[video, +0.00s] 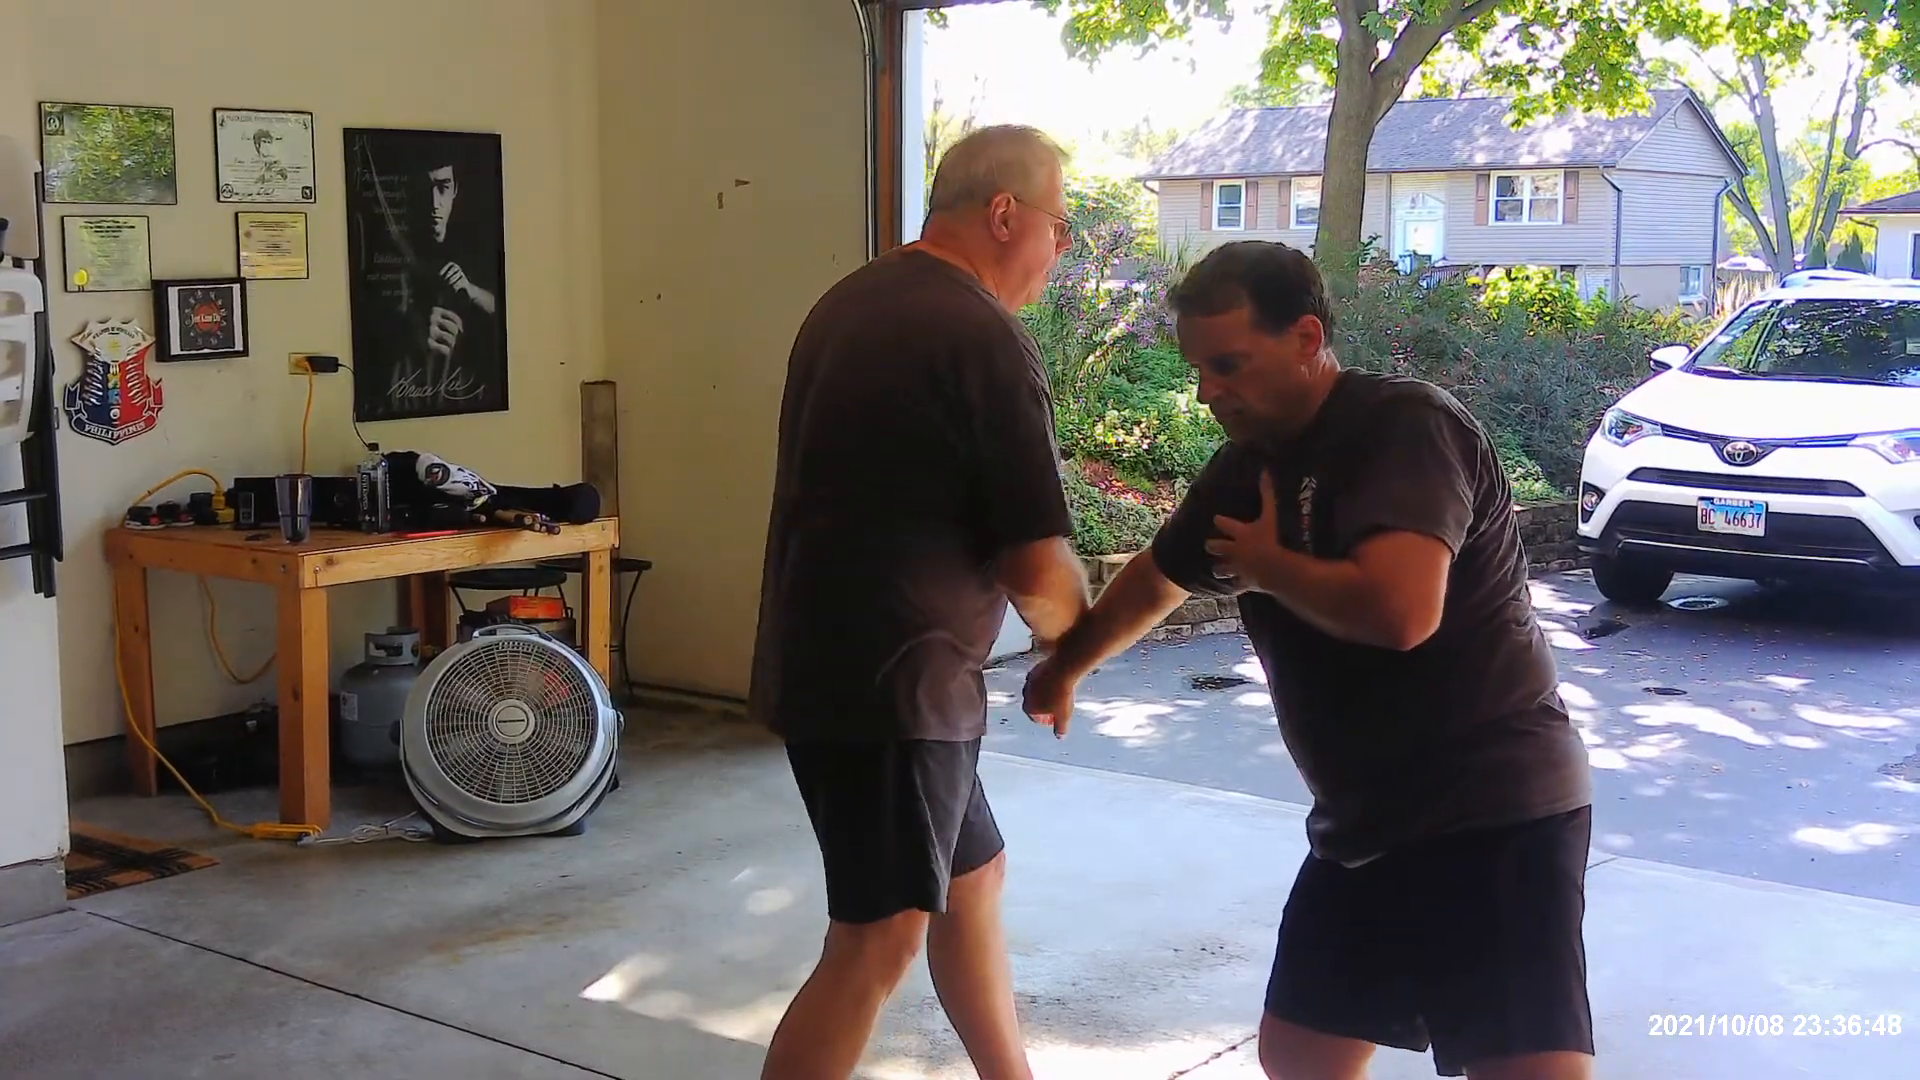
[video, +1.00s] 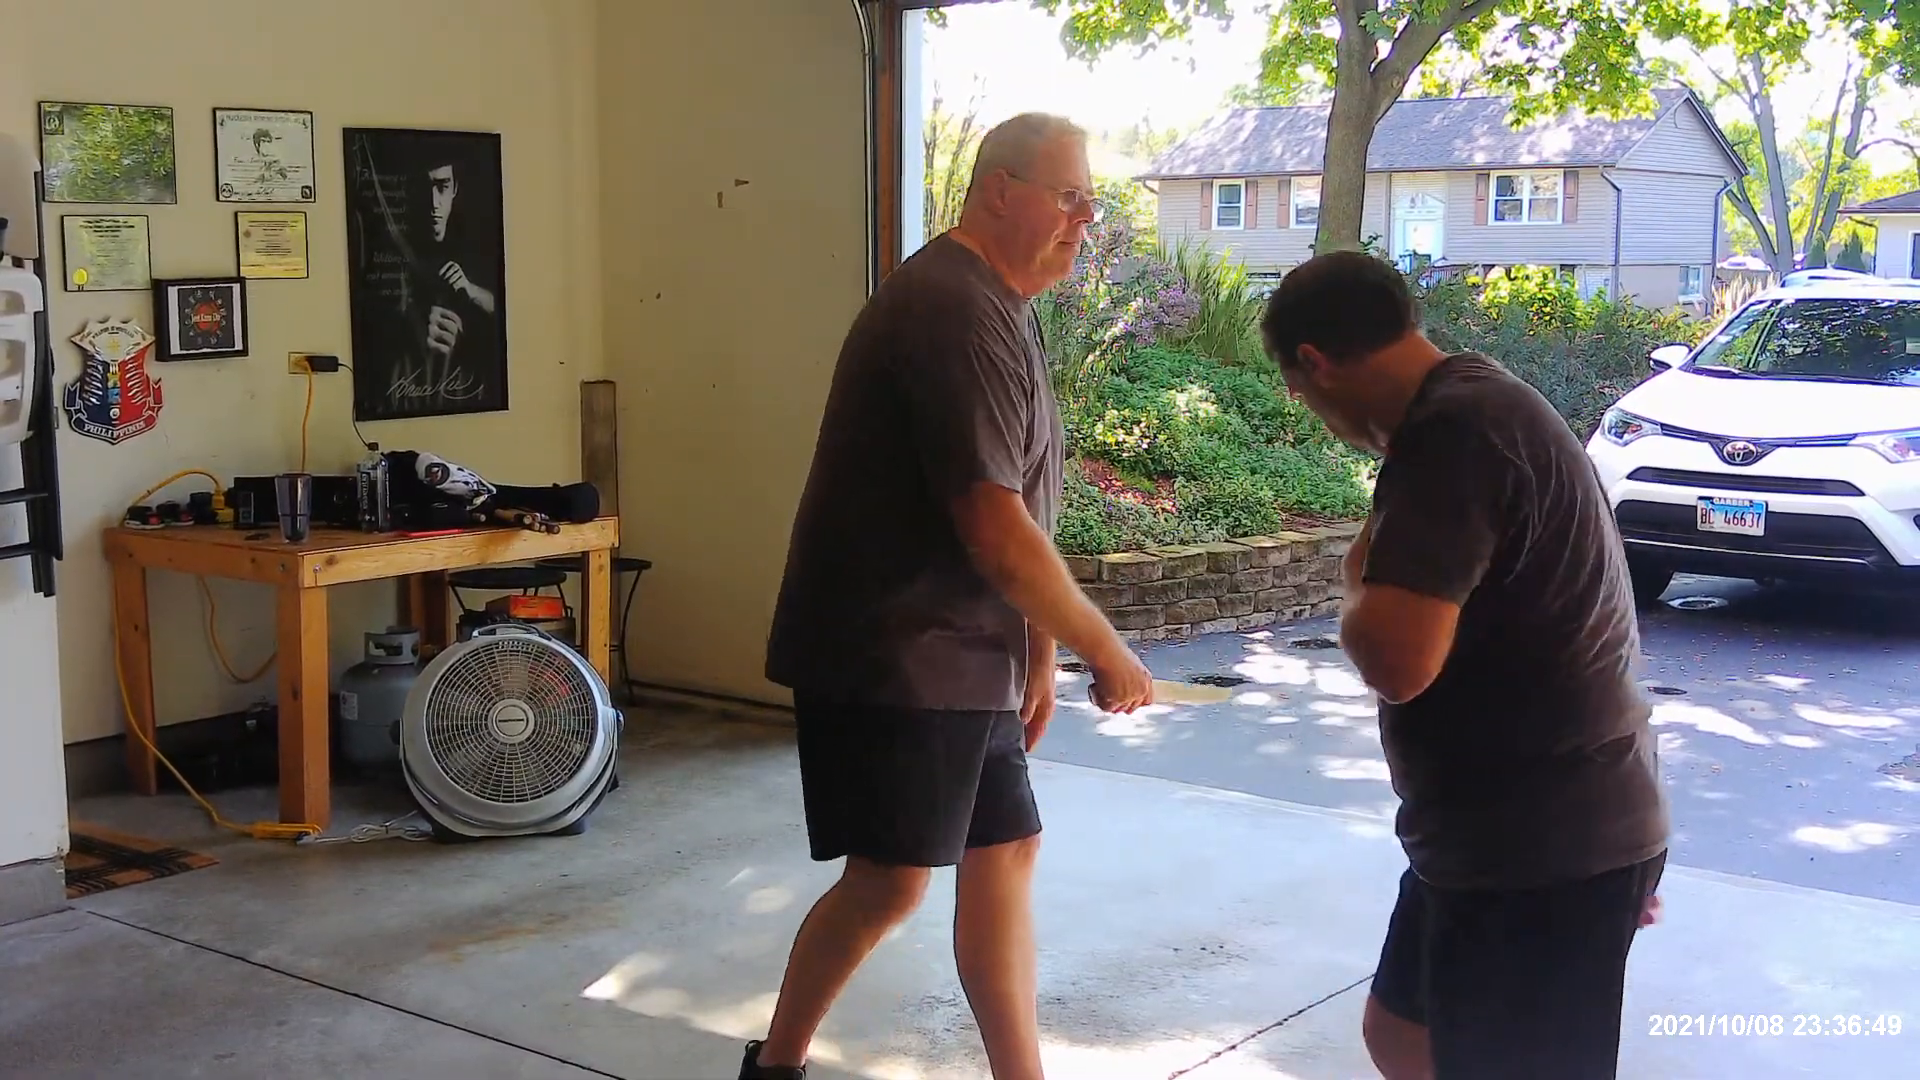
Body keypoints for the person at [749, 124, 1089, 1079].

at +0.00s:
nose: (1059, 257)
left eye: (1064, 235)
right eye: (1058, 230)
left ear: (959, 209)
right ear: (1005, 213)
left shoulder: (850, 301)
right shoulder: (979, 334)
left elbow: (845, 498)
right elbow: (1039, 570)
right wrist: (1070, 637)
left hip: (813, 654)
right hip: (897, 677)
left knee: (969, 869)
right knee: (879, 936)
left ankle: (1010, 1072)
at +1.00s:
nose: (1085, 223)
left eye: (1090, 203)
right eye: (1071, 199)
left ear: (1013, 200)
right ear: (1003, 194)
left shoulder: (995, 309)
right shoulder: (954, 306)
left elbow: (1014, 502)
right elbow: (989, 521)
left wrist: (1037, 641)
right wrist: (1105, 648)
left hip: (965, 650)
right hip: (891, 651)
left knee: (1004, 845)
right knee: (888, 877)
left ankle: (1020, 1073)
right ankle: (775, 1061)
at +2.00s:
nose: (899, 176)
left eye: (897, 159)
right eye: (878, 159)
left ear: (863, 175)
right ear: (808, 170)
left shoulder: (887, 291)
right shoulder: (725, 295)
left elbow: (934, 459)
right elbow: (653, 473)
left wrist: (962, 612)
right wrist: (673, 643)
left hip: (876, 627)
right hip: (772, 636)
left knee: (888, 823)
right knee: (797, 835)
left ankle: (840, 1049)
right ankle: (777, 1063)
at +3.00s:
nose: (956, 193)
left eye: (955, 174)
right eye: (944, 173)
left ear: (887, 176)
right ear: (883, 174)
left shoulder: (907, 289)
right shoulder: (797, 284)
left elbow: (932, 460)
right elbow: (760, 481)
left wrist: (978, 597)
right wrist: (817, 647)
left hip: (889, 631)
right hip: (807, 638)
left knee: (876, 830)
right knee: (822, 847)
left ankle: (839, 1053)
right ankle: (759, 1072)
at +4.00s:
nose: (893, 167)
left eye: (887, 149)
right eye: (870, 152)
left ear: (819, 172)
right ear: (797, 173)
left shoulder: (895, 284)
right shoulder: (721, 310)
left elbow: (955, 447)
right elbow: (677, 512)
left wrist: (962, 585)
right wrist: (816, 639)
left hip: (881, 644)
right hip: (765, 657)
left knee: (882, 860)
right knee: (778, 872)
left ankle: (850, 1072)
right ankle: (741, 1072)